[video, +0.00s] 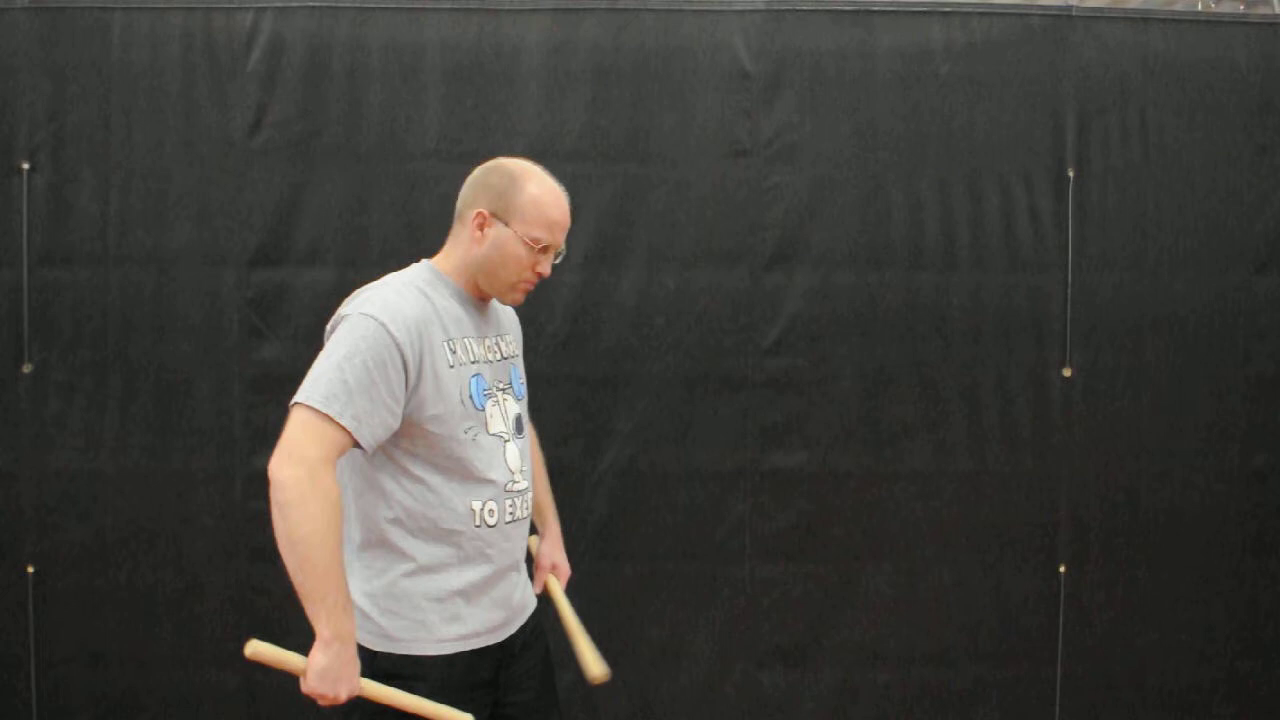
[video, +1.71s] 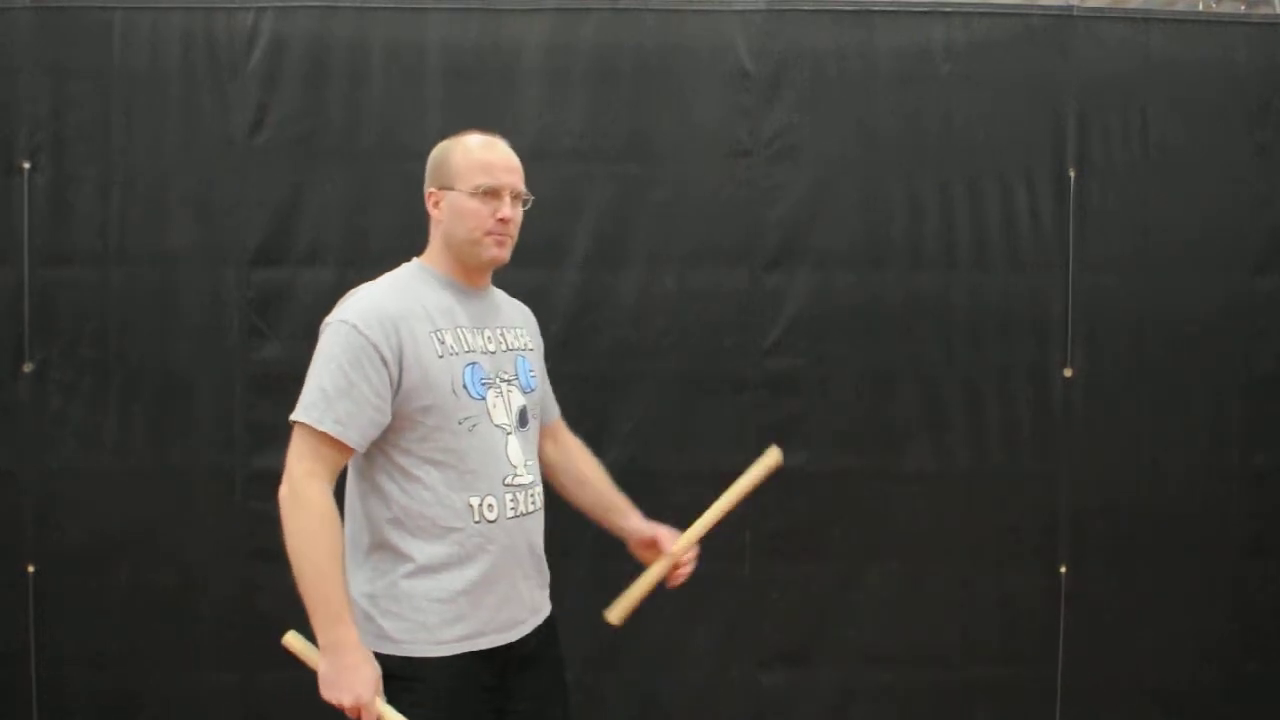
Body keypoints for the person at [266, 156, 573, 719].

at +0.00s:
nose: (546, 268)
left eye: (555, 254)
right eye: (537, 247)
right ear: (481, 226)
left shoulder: (503, 321)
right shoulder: (386, 318)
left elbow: (516, 428)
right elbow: (298, 465)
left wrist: (549, 527)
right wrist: (334, 635)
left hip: (516, 638)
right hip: (406, 661)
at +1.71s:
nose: (506, 213)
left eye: (517, 199)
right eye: (487, 194)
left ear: (525, 210)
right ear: (435, 202)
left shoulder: (517, 320)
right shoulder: (372, 320)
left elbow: (552, 440)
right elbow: (304, 485)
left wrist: (634, 527)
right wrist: (339, 647)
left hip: (527, 635)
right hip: (416, 654)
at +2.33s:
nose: (500, 213)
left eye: (508, 199)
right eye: (481, 194)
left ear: (514, 208)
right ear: (425, 200)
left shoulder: (527, 316)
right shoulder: (360, 321)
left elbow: (636, 376)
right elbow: (307, 488)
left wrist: (761, 398)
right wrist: (343, 648)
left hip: (525, 634)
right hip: (413, 653)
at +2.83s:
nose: (503, 211)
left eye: (509, 196)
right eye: (483, 193)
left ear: (513, 205)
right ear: (426, 201)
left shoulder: (529, 315)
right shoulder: (360, 323)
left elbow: (639, 373)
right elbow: (304, 490)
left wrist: (763, 394)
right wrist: (317, 651)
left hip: (529, 636)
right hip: (413, 653)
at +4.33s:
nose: (566, 222)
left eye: (566, 206)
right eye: (551, 201)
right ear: (494, 204)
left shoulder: (534, 326)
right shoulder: (426, 313)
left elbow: (569, 459)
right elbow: (418, 486)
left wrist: (611, 584)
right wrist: (503, 631)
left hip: (537, 643)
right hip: (436, 654)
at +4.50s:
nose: (546, 217)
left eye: (545, 201)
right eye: (530, 197)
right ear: (473, 202)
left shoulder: (516, 323)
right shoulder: (409, 319)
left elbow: (554, 458)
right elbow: (423, 496)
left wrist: (599, 583)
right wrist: (509, 640)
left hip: (531, 644)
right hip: (429, 657)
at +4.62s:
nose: (535, 214)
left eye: (533, 198)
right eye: (519, 195)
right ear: (462, 202)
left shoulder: (509, 320)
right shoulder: (402, 322)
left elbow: (542, 464)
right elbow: (416, 501)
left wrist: (569, 589)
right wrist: (492, 649)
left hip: (525, 650)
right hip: (425, 658)